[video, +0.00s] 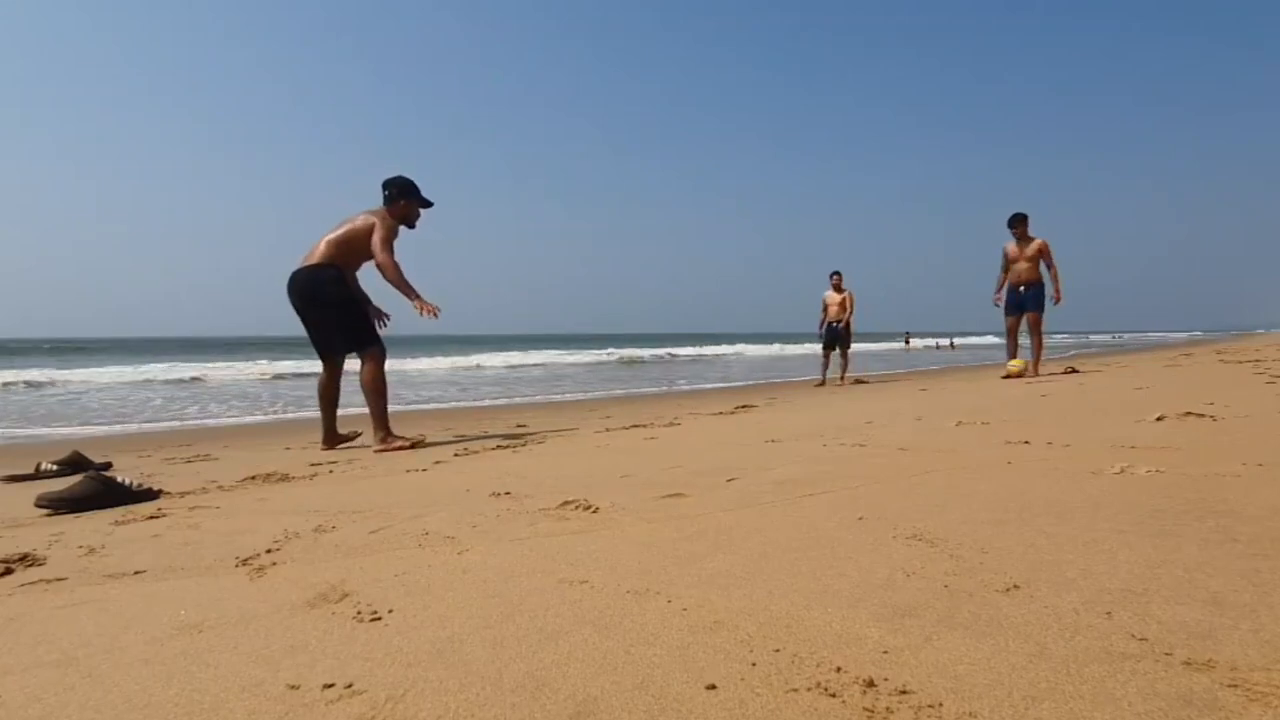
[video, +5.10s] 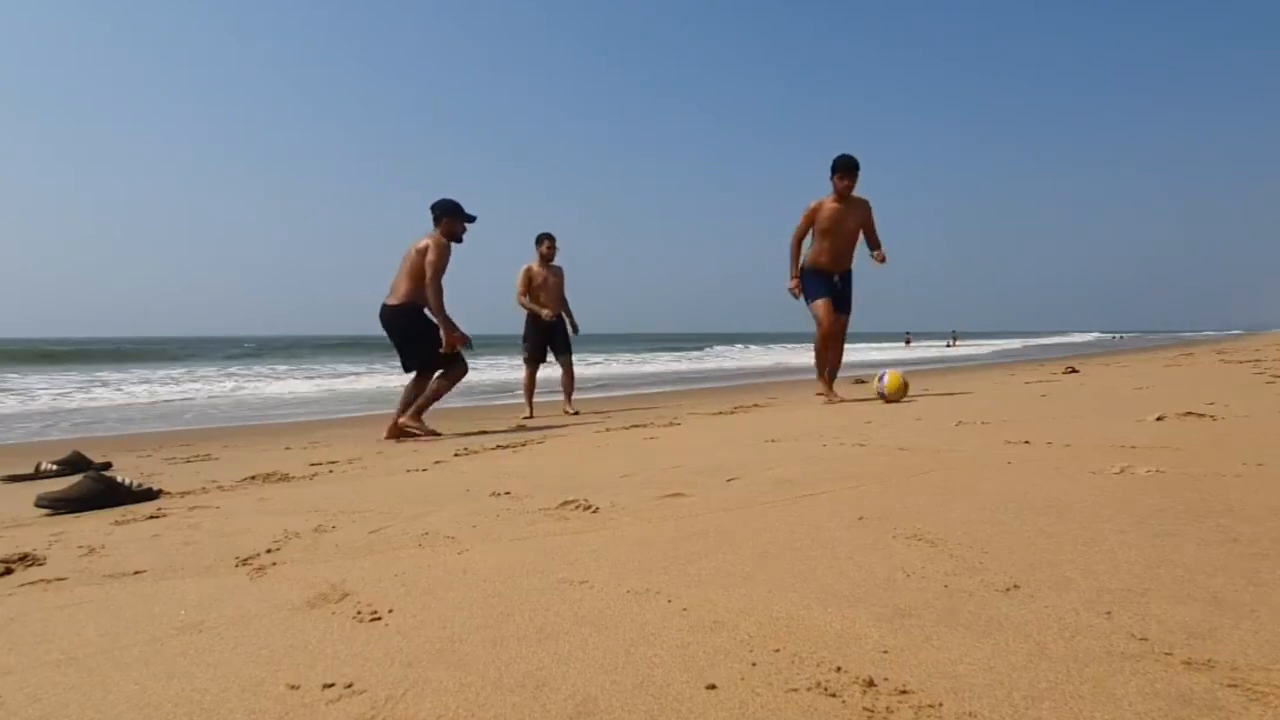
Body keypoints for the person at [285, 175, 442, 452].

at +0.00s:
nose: (419, 213)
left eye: (420, 207)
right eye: (416, 206)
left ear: (393, 203)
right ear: (399, 203)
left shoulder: (366, 220)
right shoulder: (384, 222)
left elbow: (346, 270)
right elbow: (384, 261)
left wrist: (367, 305)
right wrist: (416, 298)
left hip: (302, 282)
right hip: (328, 281)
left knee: (332, 361)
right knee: (373, 354)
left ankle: (329, 435)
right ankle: (382, 435)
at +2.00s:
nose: (397, 203)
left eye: (398, 197)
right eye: (394, 195)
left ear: (372, 192)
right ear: (378, 191)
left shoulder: (348, 212)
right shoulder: (366, 211)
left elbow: (328, 264)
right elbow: (357, 256)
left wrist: (336, 303)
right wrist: (389, 305)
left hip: (294, 283)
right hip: (317, 283)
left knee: (332, 361)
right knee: (365, 358)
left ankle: (323, 436)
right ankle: (350, 437)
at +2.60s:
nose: (407, 183)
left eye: (407, 177)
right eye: (404, 176)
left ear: (382, 174)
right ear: (386, 174)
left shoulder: (358, 198)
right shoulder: (369, 196)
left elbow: (357, 257)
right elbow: (356, 243)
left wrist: (388, 298)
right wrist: (381, 291)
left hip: (316, 278)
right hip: (331, 277)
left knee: (347, 360)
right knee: (368, 356)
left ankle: (326, 437)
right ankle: (350, 438)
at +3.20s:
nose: (412, 175)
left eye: (412, 169)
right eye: (408, 168)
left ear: (387, 167)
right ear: (392, 165)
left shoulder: (367, 193)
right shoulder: (380, 192)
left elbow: (368, 256)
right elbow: (375, 242)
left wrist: (393, 295)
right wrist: (405, 290)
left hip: (344, 276)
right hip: (350, 275)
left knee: (375, 357)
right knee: (378, 357)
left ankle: (358, 431)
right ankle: (351, 435)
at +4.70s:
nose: (437, 193)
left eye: (437, 188)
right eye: (433, 188)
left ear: (415, 189)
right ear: (417, 188)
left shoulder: (402, 214)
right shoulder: (409, 215)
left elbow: (399, 263)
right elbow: (405, 262)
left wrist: (421, 300)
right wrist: (426, 300)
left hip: (389, 287)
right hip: (393, 289)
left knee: (405, 358)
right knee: (403, 359)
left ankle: (382, 422)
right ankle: (365, 421)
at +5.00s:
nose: (455, 225)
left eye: (455, 220)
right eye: (451, 220)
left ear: (432, 221)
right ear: (436, 220)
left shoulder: (418, 243)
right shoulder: (433, 242)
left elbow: (422, 298)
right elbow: (429, 285)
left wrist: (449, 326)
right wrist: (448, 325)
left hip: (390, 311)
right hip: (403, 313)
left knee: (426, 372)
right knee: (439, 375)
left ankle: (397, 425)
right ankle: (384, 414)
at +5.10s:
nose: (465, 228)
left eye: (465, 223)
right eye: (461, 222)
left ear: (441, 222)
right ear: (445, 221)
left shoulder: (424, 244)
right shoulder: (439, 245)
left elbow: (427, 297)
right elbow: (432, 286)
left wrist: (451, 330)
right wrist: (448, 329)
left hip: (392, 311)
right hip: (407, 312)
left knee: (427, 368)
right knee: (457, 367)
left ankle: (398, 424)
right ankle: (413, 415)